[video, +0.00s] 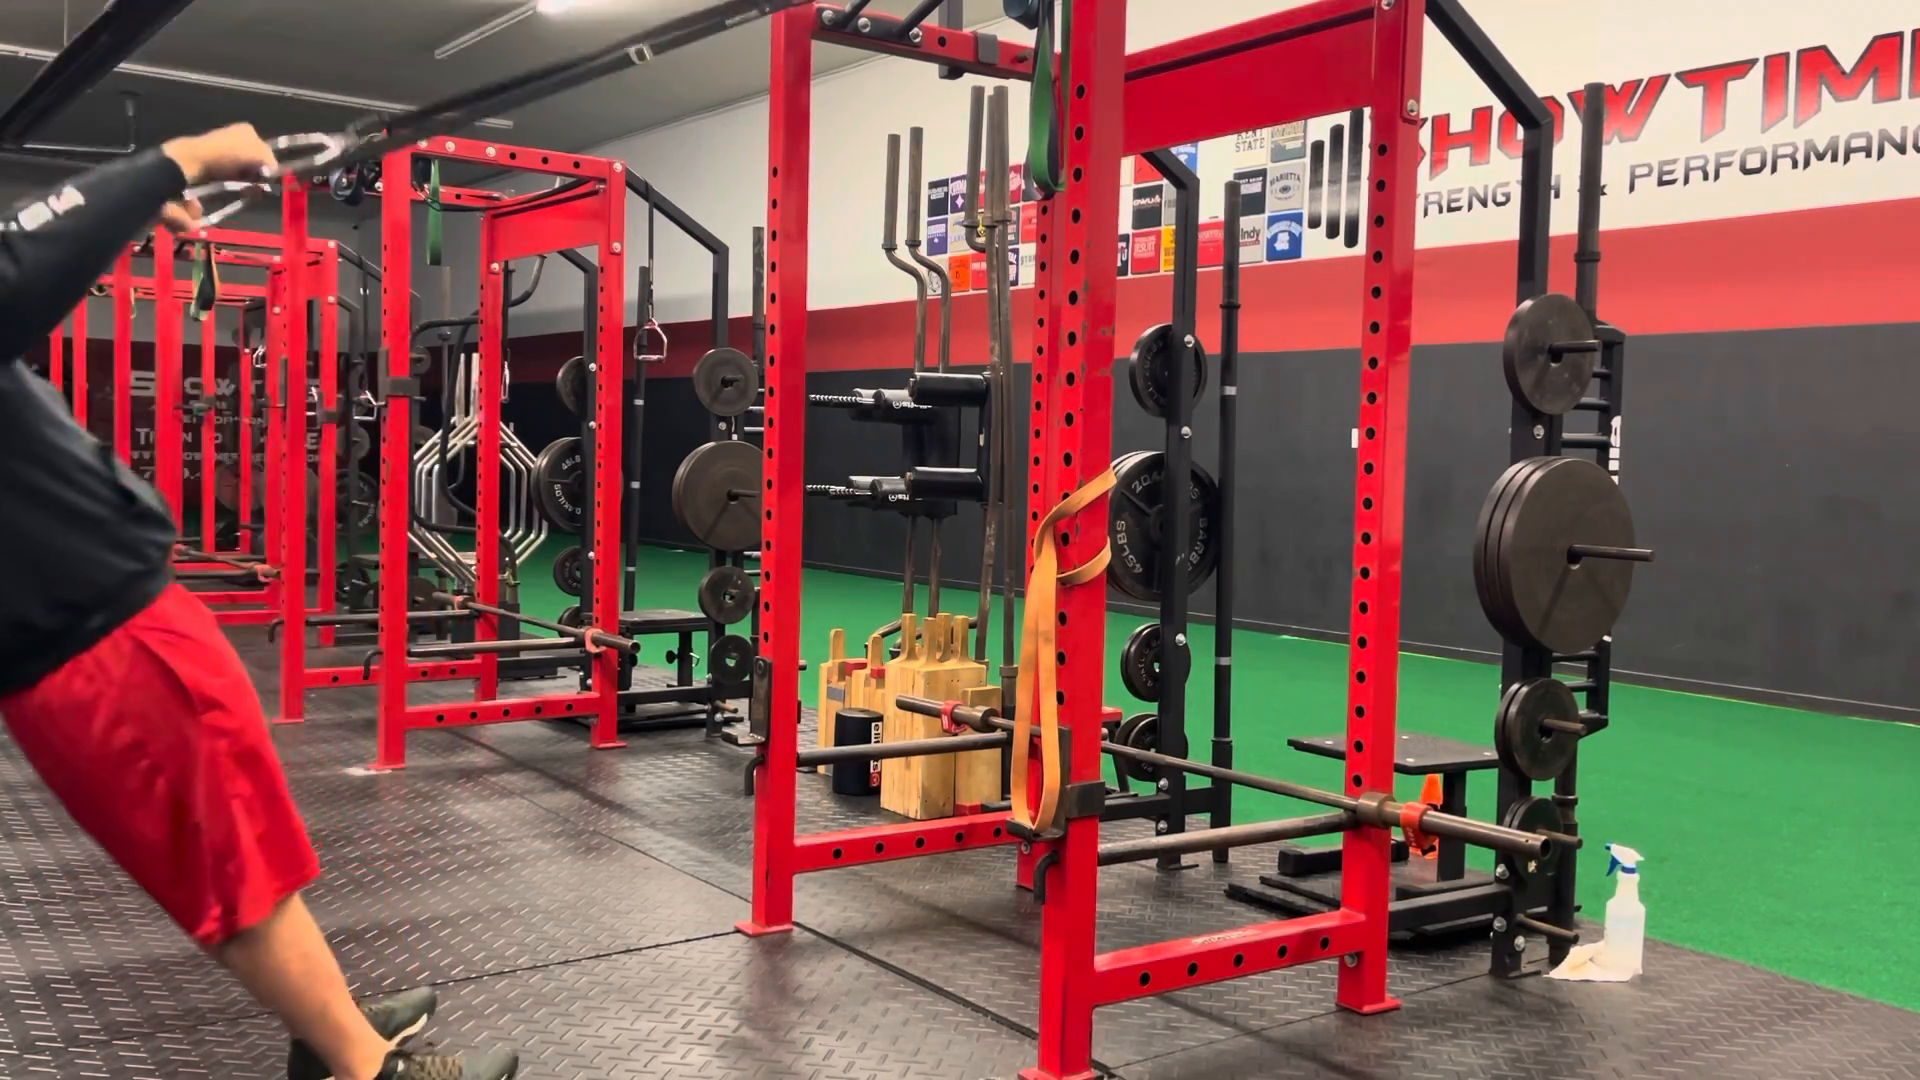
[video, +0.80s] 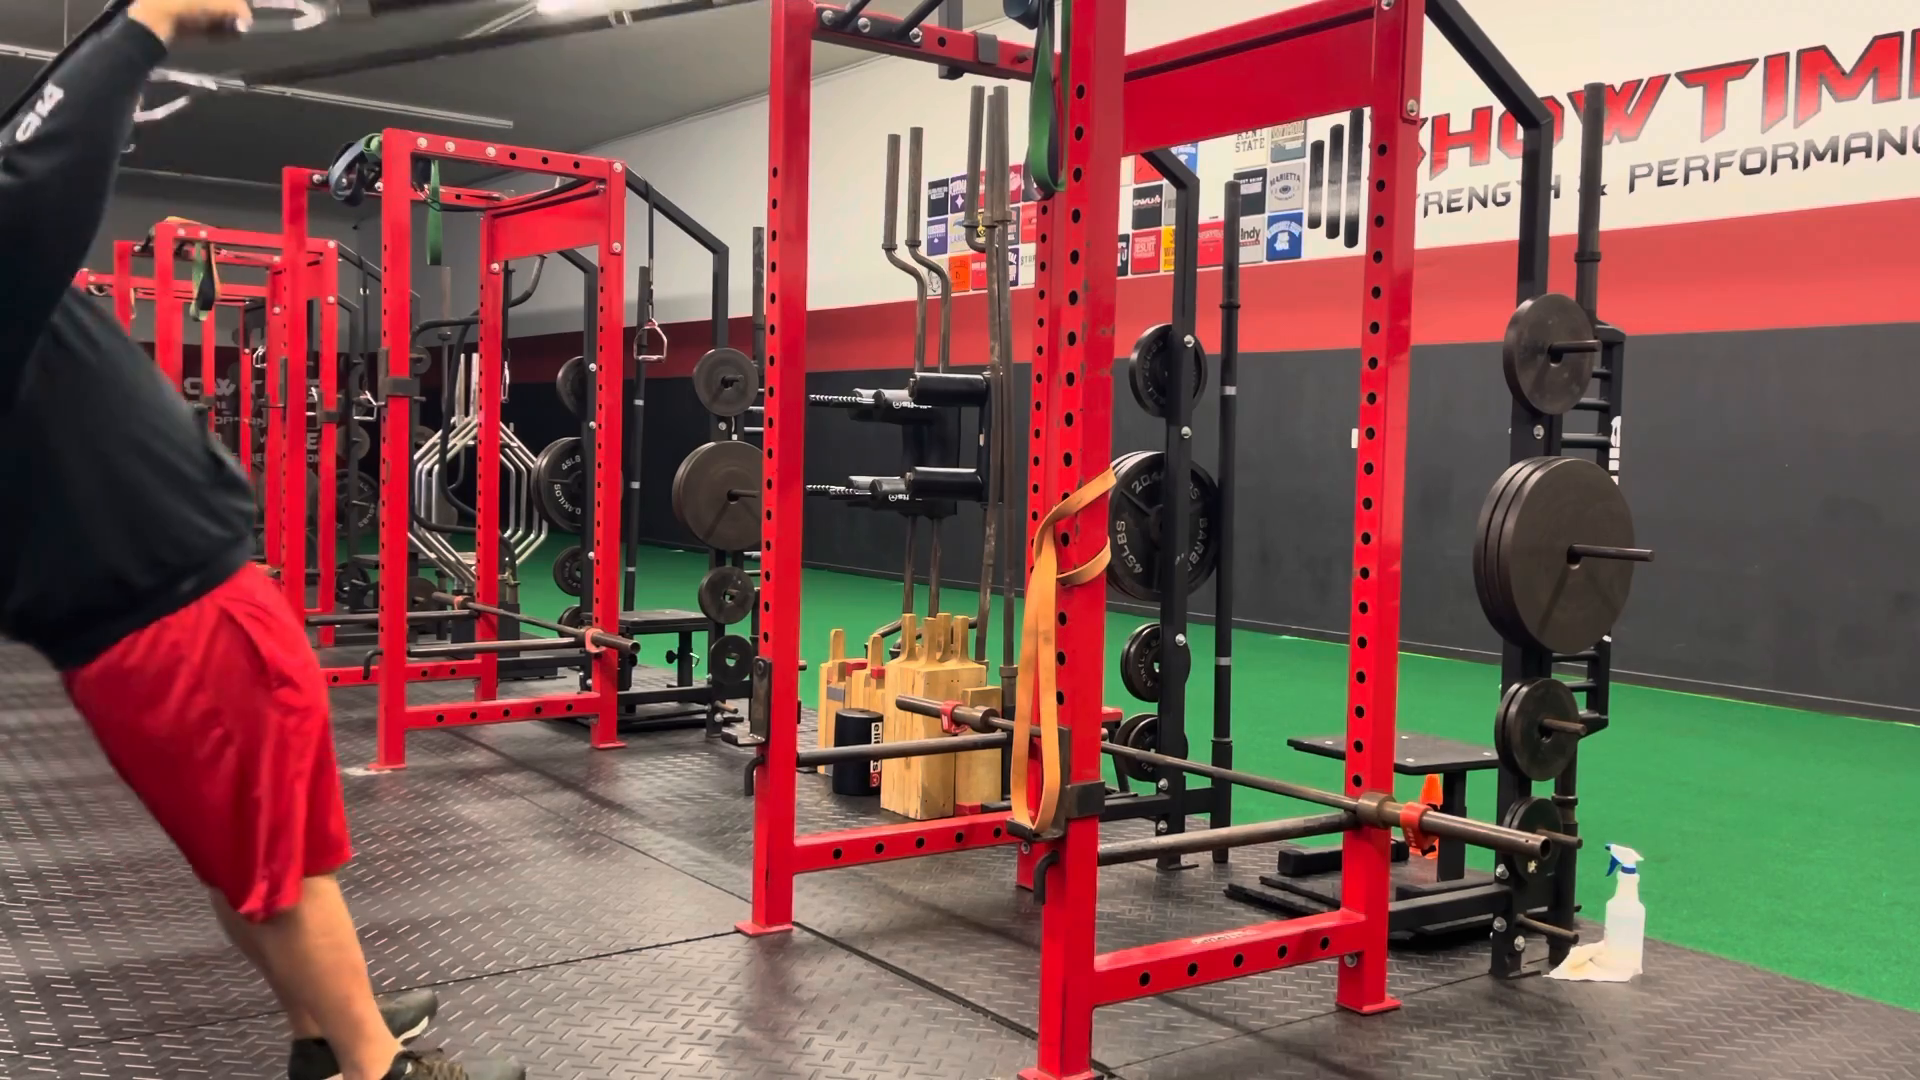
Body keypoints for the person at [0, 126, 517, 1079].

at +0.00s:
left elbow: (25, 263)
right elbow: (24, 272)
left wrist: (170, 167)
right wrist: (179, 159)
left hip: (77, 600)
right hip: (74, 611)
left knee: (220, 836)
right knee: (233, 857)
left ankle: (331, 1026)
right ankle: (367, 1063)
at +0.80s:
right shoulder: (13, 282)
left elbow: (36, 149)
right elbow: (42, 168)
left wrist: (135, 27)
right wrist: (143, 22)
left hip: (129, 619)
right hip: (173, 608)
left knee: (250, 860)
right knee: (286, 867)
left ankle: (329, 1034)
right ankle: (372, 1058)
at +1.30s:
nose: (171, 119)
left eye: (160, 101)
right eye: (155, 104)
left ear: (72, 147)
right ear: (126, 126)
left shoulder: (78, 271)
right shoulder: (168, 233)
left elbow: (60, 188)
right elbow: (185, 69)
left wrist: (77, 57)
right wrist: (142, 0)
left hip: (235, 607)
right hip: (325, 599)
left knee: (290, 845)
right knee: (358, 861)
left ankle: (329, 1026)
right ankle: (390, 1061)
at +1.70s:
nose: (337, 114)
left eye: (331, 103)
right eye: (322, 103)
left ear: (251, 148)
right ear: (284, 129)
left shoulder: (204, 239)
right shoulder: (307, 228)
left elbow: (149, 145)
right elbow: (254, 54)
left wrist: (98, 26)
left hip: (287, 584)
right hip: (377, 588)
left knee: (311, 834)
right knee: (379, 854)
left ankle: (336, 1028)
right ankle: (394, 1058)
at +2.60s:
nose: (180, 125)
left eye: (172, 108)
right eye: (161, 109)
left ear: (76, 147)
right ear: (134, 128)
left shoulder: (103, 259)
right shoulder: (161, 235)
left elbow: (72, 141)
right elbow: (172, 90)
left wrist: (86, 30)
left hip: (242, 596)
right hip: (306, 592)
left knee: (301, 838)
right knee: (349, 856)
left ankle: (331, 1026)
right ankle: (391, 1061)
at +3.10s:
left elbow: (19, 175)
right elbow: (37, 156)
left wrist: (93, 142)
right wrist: (153, 36)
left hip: (95, 607)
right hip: (133, 607)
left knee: (239, 846)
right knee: (266, 864)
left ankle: (335, 1027)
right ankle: (371, 1063)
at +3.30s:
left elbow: (22, 296)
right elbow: (23, 293)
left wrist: (143, 248)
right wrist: (199, 193)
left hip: (58, 633)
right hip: (61, 634)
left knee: (202, 853)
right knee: (220, 884)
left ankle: (323, 1032)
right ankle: (361, 1065)